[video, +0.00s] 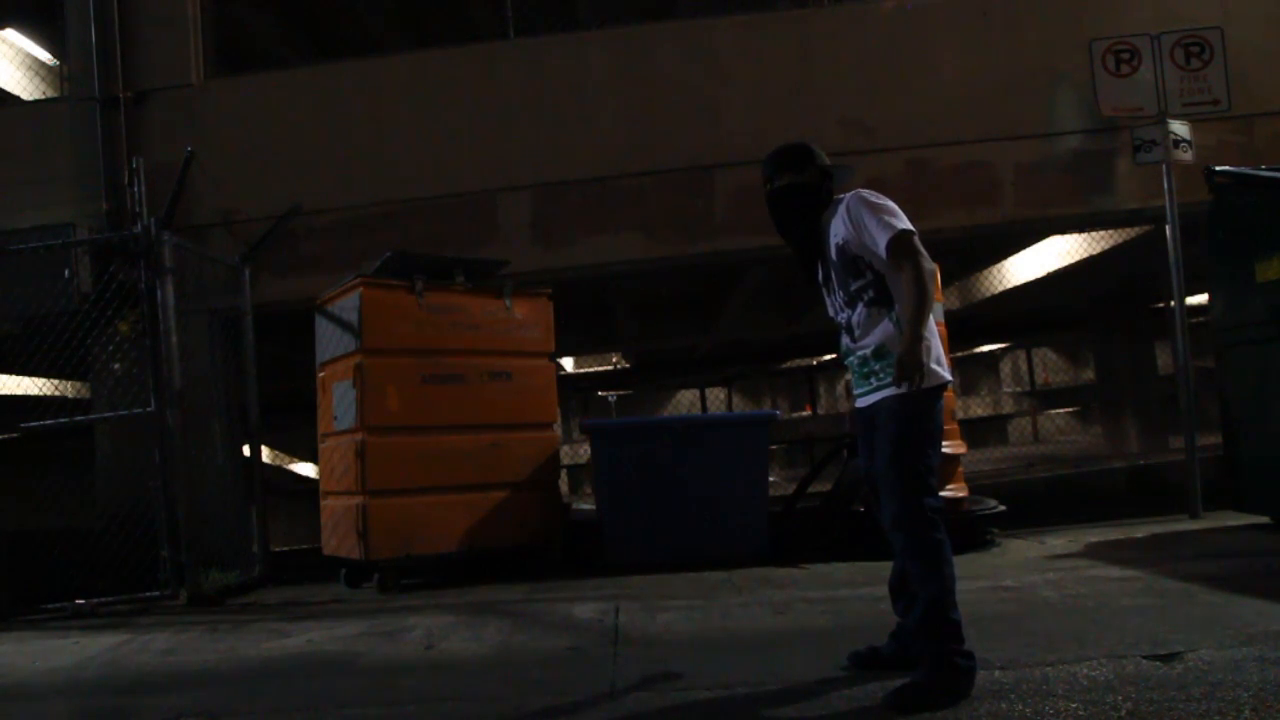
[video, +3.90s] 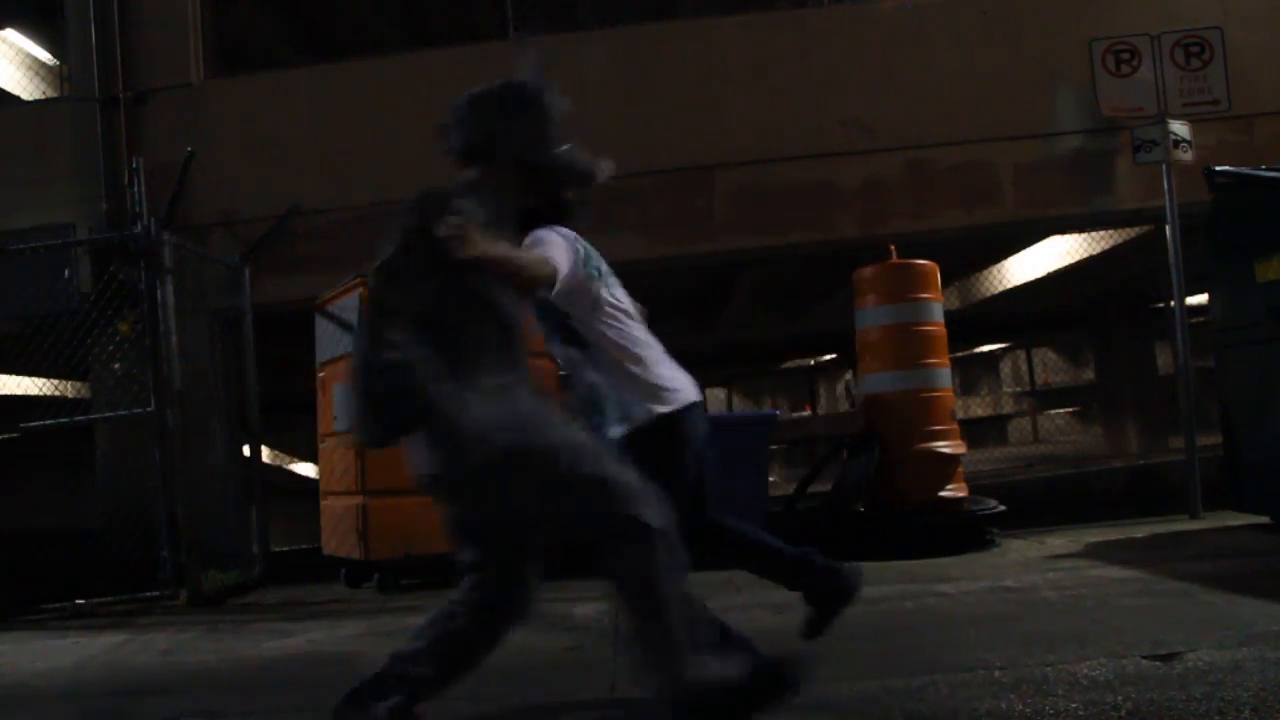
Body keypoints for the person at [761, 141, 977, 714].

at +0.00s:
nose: (777, 206)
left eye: (783, 191)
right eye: (772, 195)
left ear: (812, 181)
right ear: (790, 192)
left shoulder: (857, 207)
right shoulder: (828, 244)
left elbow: (916, 266)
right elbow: (866, 316)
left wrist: (910, 346)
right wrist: (864, 381)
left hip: (907, 392)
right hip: (878, 400)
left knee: (916, 520)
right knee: (898, 520)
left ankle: (946, 661)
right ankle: (914, 639)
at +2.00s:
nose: (781, 202)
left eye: (789, 187)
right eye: (776, 191)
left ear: (817, 180)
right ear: (783, 194)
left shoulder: (863, 212)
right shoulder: (826, 252)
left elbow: (921, 276)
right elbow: (853, 340)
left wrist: (919, 374)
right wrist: (856, 407)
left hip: (909, 394)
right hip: (876, 402)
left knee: (913, 520)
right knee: (895, 520)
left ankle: (945, 660)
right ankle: (912, 637)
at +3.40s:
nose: (712, 221)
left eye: (720, 207)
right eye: (708, 210)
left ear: (747, 202)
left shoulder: (794, 232)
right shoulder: (757, 272)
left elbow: (856, 287)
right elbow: (805, 345)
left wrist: (882, 377)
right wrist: (814, 408)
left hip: (871, 394)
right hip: (843, 402)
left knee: (846, 517)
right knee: (878, 514)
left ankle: (929, 634)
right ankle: (908, 635)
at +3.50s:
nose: (686, 228)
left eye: (694, 214)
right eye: (683, 216)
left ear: (721, 209)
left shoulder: (769, 240)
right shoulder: (733, 276)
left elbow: (840, 296)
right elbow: (782, 349)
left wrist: (886, 373)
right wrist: (791, 412)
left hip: (852, 400)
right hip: (822, 409)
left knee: (811, 522)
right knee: (870, 516)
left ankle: (910, 630)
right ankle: (914, 633)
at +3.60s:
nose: (653, 241)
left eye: (660, 228)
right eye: (652, 229)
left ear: (684, 225)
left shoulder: (735, 255)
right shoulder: (700, 291)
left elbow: (801, 320)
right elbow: (748, 363)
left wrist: (858, 391)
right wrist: (756, 423)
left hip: (825, 415)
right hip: (797, 422)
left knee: (762, 530)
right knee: (846, 527)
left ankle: (841, 640)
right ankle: (918, 634)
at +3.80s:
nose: (555, 256)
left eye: (559, 245)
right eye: (556, 248)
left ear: (576, 240)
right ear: (609, 234)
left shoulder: (615, 269)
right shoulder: (622, 275)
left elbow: (573, 303)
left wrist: (497, 298)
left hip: (728, 429)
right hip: (737, 424)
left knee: (670, 557)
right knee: (770, 539)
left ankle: (741, 675)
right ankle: (888, 611)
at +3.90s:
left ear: (518, 202)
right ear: (556, 202)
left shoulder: (554, 240)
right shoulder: (574, 248)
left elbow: (536, 268)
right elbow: (628, 312)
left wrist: (479, 248)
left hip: (660, 413)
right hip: (660, 412)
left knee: (690, 532)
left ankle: (820, 579)